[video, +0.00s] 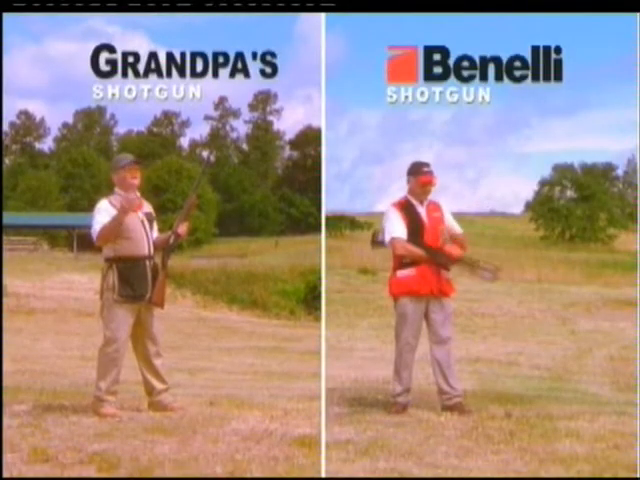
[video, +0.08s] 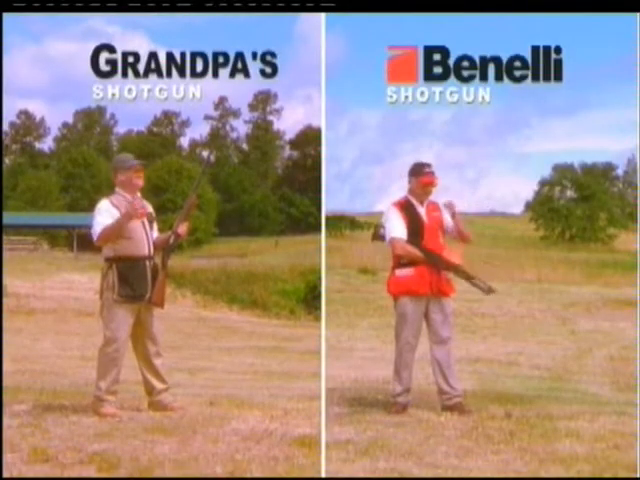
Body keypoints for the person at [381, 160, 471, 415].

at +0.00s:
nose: (428, 186)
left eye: (431, 182)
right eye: (423, 181)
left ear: (433, 182)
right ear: (410, 181)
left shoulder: (438, 209)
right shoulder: (396, 211)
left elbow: (459, 239)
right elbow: (399, 249)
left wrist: (451, 250)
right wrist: (434, 256)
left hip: (437, 280)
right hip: (409, 281)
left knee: (443, 341)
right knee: (406, 343)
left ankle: (451, 397)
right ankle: (401, 396)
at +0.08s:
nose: (429, 189)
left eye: (432, 184)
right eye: (424, 184)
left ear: (434, 184)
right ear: (411, 182)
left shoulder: (438, 210)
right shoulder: (396, 210)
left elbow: (464, 238)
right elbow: (399, 249)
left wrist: (456, 218)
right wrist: (435, 259)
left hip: (437, 281)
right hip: (409, 282)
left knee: (443, 341)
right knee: (406, 342)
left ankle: (451, 397)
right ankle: (401, 396)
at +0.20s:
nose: (431, 190)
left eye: (434, 185)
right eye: (427, 184)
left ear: (436, 185)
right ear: (414, 182)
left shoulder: (438, 209)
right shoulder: (397, 210)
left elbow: (470, 228)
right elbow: (399, 249)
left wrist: (458, 201)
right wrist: (435, 260)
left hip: (436, 282)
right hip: (409, 283)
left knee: (442, 341)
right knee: (406, 343)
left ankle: (451, 397)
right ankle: (400, 397)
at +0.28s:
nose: (433, 191)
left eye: (436, 186)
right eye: (429, 185)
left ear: (437, 186)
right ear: (415, 182)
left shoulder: (437, 211)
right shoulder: (397, 210)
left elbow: (472, 220)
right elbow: (398, 249)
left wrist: (458, 192)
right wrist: (436, 259)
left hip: (437, 281)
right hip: (409, 282)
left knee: (442, 341)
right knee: (406, 343)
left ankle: (451, 397)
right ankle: (401, 397)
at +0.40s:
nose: (433, 190)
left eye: (436, 185)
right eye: (430, 184)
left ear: (437, 185)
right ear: (416, 182)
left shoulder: (439, 210)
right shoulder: (397, 210)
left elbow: (473, 217)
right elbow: (398, 248)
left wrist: (458, 190)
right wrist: (435, 258)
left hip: (437, 282)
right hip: (409, 282)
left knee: (443, 340)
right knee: (406, 343)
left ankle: (451, 397)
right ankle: (401, 397)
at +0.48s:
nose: (433, 189)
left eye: (436, 185)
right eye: (430, 184)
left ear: (436, 186)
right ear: (416, 181)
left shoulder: (438, 210)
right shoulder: (396, 210)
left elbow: (472, 215)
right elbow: (398, 248)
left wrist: (457, 186)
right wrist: (436, 258)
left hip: (437, 281)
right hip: (409, 282)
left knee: (443, 340)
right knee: (406, 342)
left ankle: (451, 397)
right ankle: (401, 397)